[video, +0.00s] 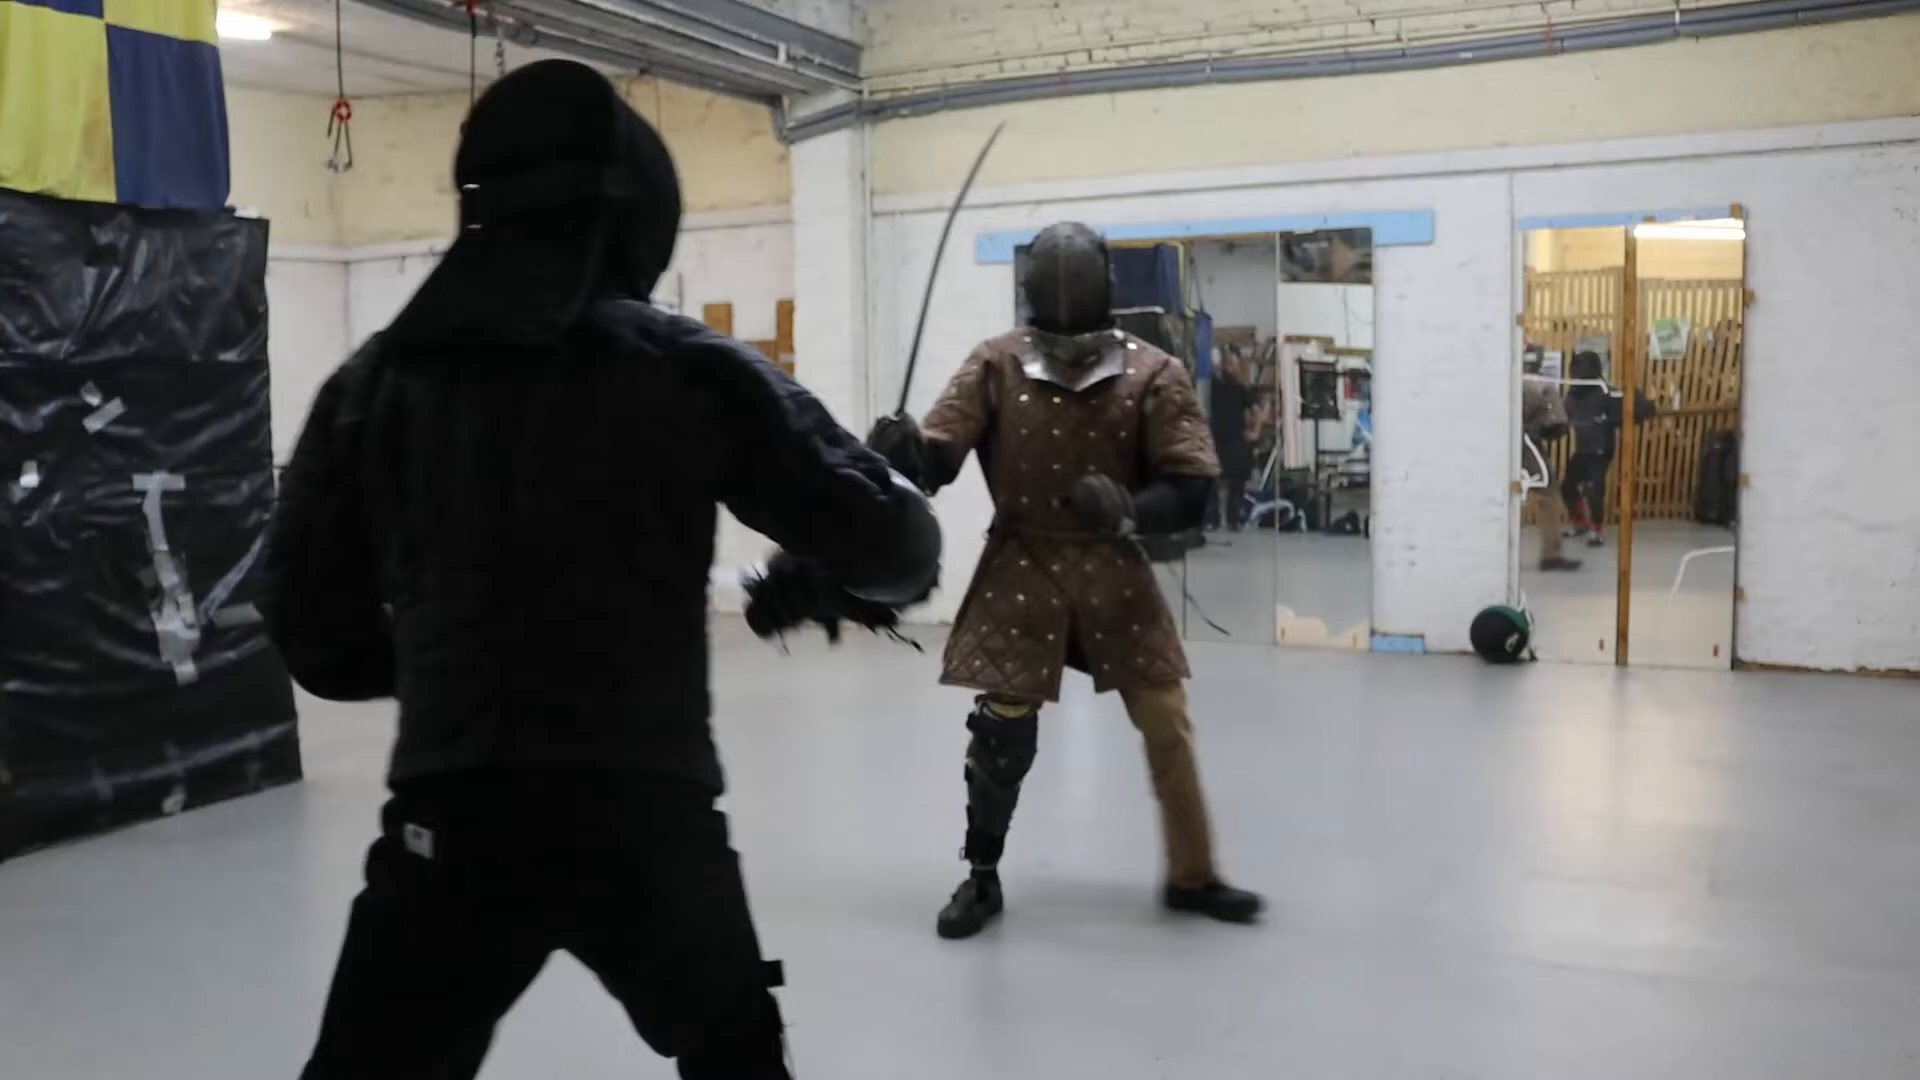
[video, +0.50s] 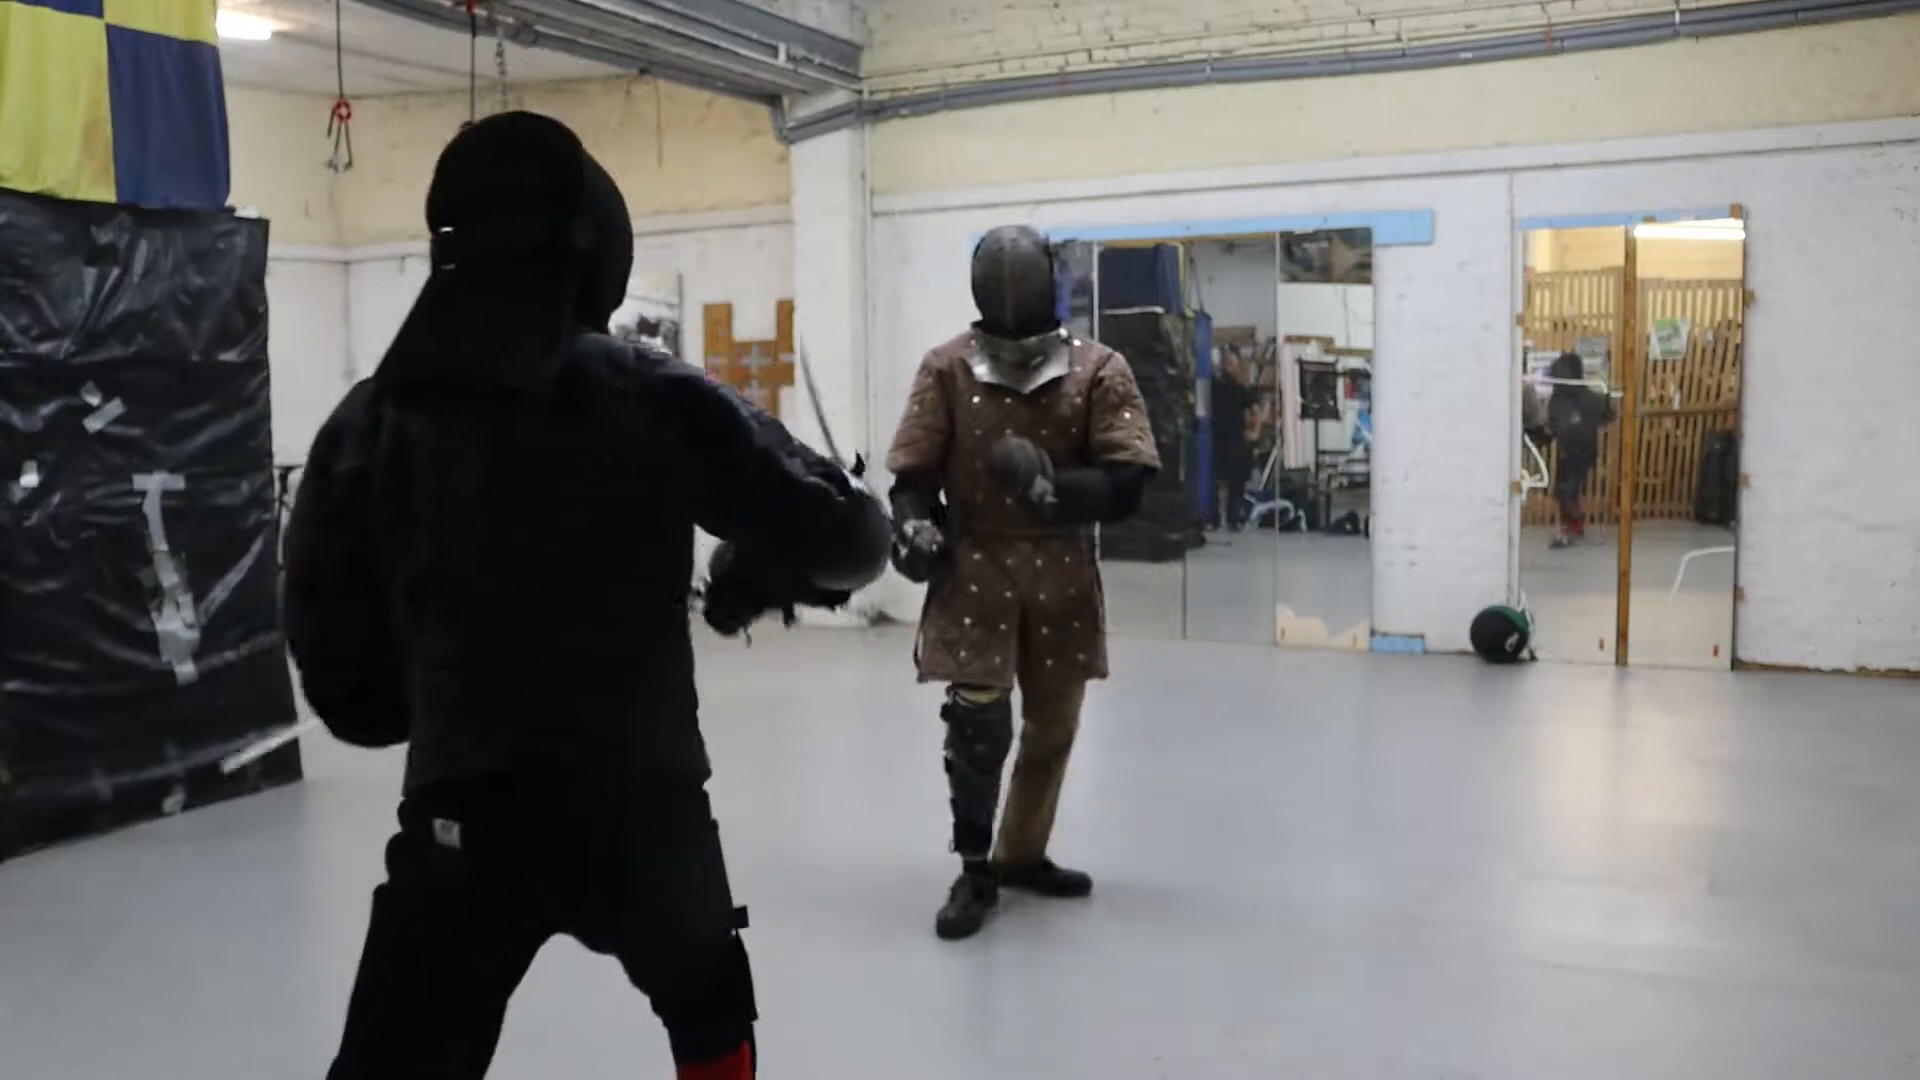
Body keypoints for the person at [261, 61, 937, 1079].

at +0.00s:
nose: (666, 236)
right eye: (657, 209)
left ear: (478, 208)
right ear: (631, 211)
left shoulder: (376, 384)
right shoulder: (684, 371)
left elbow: (317, 645)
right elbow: (901, 548)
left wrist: (457, 638)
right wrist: (812, 576)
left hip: (448, 842)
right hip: (649, 837)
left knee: (355, 1072)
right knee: (738, 1060)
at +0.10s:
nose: (634, 240)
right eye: (626, 212)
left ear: (448, 214)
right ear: (600, 216)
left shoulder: (344, 388)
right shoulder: (649, 376)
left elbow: (295, 646)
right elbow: (873, 538)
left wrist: (431, 590)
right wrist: (784, 546)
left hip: (417, 846)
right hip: (617, 841)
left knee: (338, 1073)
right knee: (720, 1058)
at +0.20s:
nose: (594, 264)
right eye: (587, 236)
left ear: (404, 236)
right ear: (562, 239)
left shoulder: (306, 414)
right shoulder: (610, 399)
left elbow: (262, 658)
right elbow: (828, 543)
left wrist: (392, 621)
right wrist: (813, 479)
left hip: (389, 869)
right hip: (590, 860)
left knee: (313, 1072)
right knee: (706, 1049)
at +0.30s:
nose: (585, 270)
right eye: (579, 243)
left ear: (400, 242)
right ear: (553, 243)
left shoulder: (302, 418)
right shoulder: (601, 396)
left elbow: (261, 669)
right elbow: (812, 532)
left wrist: (399, 637)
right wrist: (842, 494)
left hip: (397, 864)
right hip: (593, 852)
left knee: (332, 1070)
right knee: (704, 1029)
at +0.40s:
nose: (602, 271)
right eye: (594, 242)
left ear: (424, 248)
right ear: (569, 246)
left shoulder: (332, 422)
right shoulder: (622, 389)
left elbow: (309, 689)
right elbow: (843, 520)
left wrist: (447, 666)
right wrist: (737, 514)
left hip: (434, 847)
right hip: (622, 838)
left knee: (365, 1070)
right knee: (705, 1042)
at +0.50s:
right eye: (606, 229)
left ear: (449, 251)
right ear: (594, 248)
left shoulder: (369, 425)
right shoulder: (655, 399)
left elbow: (351, 694)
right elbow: (846, 535)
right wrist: (747, 577)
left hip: (463, 833)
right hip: (644, 823)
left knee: (388, 1065)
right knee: (712, 1022)